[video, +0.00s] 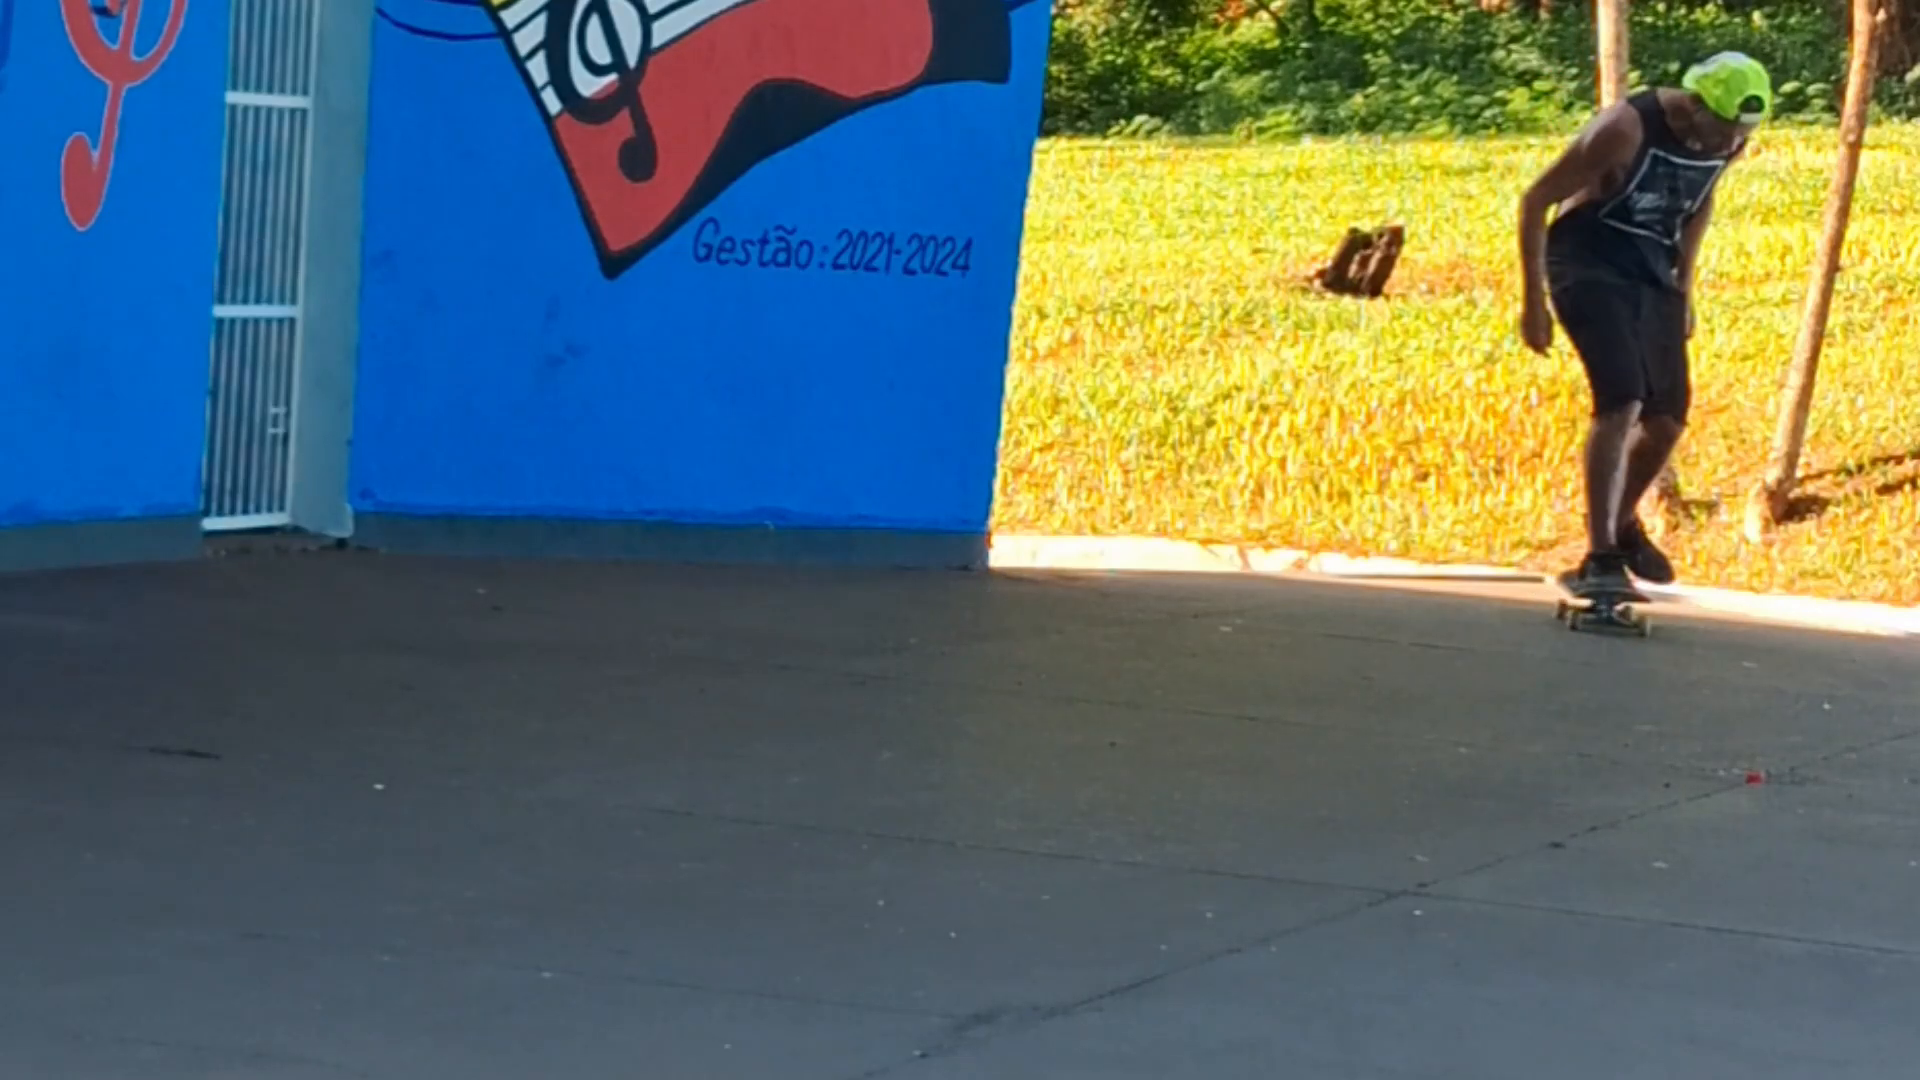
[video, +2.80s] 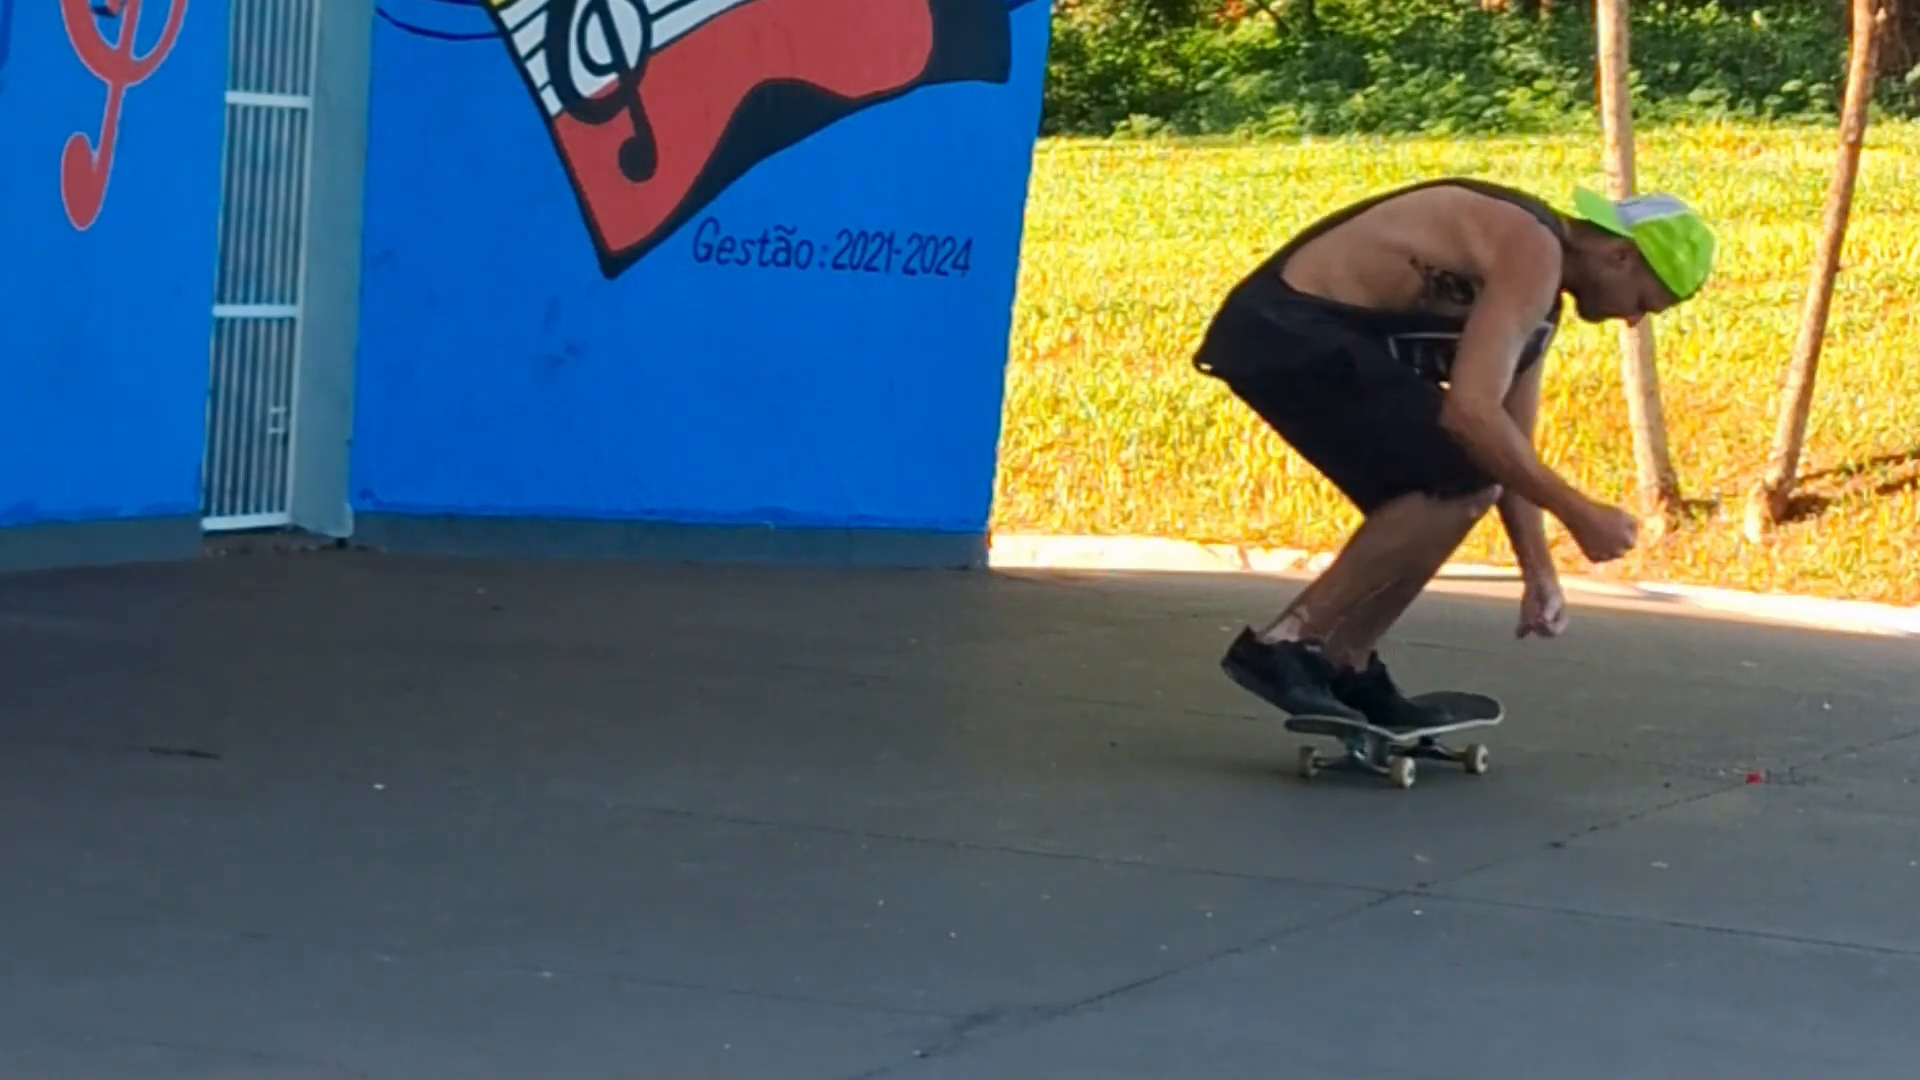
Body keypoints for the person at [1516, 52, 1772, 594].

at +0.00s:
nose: (1735, 145)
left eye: (1743, 135)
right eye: (1728, 132)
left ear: (1749, 123)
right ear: (1698, 108)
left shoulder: (1727, 139)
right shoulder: (1623, 129)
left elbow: (1697, 212)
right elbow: (1534, 200)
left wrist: (1682, 292)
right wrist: (1534, 301)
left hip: (1656, 279)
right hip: (1591, 269)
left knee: (1666, 417)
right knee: (1621, 400)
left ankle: (1620, 521)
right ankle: (1601, 557)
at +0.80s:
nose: (1826, 139)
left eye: (1837, 133)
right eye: (1831, 124)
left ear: (1811, 96)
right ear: (1808, 89)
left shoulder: (1754, 128)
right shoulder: (1715, 97)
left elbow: (1657, 187)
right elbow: (1601, 159)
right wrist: (1591, 272)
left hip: (1641, 272)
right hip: (1595, 264)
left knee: (1671, 421)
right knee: (1631, 424)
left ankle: (1623, 587)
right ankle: (1600, 597)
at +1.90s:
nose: (1803, 222)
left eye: (1815, 217)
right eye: (1812, 206)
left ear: (1792, 163)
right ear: (1794, 162)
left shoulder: (1711, 179)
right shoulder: (1703, 152)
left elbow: (1586, 237)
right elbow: (1577, 212)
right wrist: (1571, 348)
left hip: (1531, 267)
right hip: (1491, 257)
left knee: (1615, 438)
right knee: (1578, 441)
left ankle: (1539, 629)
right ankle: (1500, 629)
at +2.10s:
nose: (1776, 238)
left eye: (1790, 233)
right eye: (1787, 222)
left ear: (1773, 182)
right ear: (1771, 178)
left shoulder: (1683, 190)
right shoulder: (1679, 161)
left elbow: (1556, 264)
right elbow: (1547, 227)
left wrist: (1481, 398)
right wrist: (1533, 368)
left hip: (1499, 267)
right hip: (1455, 254)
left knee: (1578, 443)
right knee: (1549, 442)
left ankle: (1500, 640)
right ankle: (1448, 629)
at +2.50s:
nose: (1702, 281)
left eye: (1717, 276)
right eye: (1716, 267)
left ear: (1696, 217)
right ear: (1699, 223)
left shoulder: (1614, 210)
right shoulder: (1608, 205)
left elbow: (1490, 308)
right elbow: (1490, 297)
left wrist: (1424, 480)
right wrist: (1482, 449)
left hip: (1405, 275)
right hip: (1364, 270)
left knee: (1518, 445)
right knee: (1478, 469)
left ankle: (1416, 651)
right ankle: (1351, 641)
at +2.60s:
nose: (1680, 308)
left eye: (1696, 300)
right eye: (1694, 292)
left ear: (1670, 246)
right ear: (1673, 248)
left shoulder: (1586, 248)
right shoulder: (1583, 232)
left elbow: (1495, 366)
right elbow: (1505, 346)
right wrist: (1537, 491)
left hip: (1383, 307)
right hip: (1339, 298)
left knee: (1493, 472)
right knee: (1474, 477)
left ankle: (1391, 657)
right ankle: (1331, 640)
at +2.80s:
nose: (1637, 319)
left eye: (1650, 311)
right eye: (1647, 301)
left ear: (1620, 256)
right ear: (1622, 255)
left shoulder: (1539, 300)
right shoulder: (1529, 251)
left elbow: (1514, 449)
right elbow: (1470, 413)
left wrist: (1538, 574)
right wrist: (1580, 512)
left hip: (1326, 341)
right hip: (1284, 333)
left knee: (1475, 487)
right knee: (1451, 483)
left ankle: (1345, 661)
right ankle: (1285, 642)